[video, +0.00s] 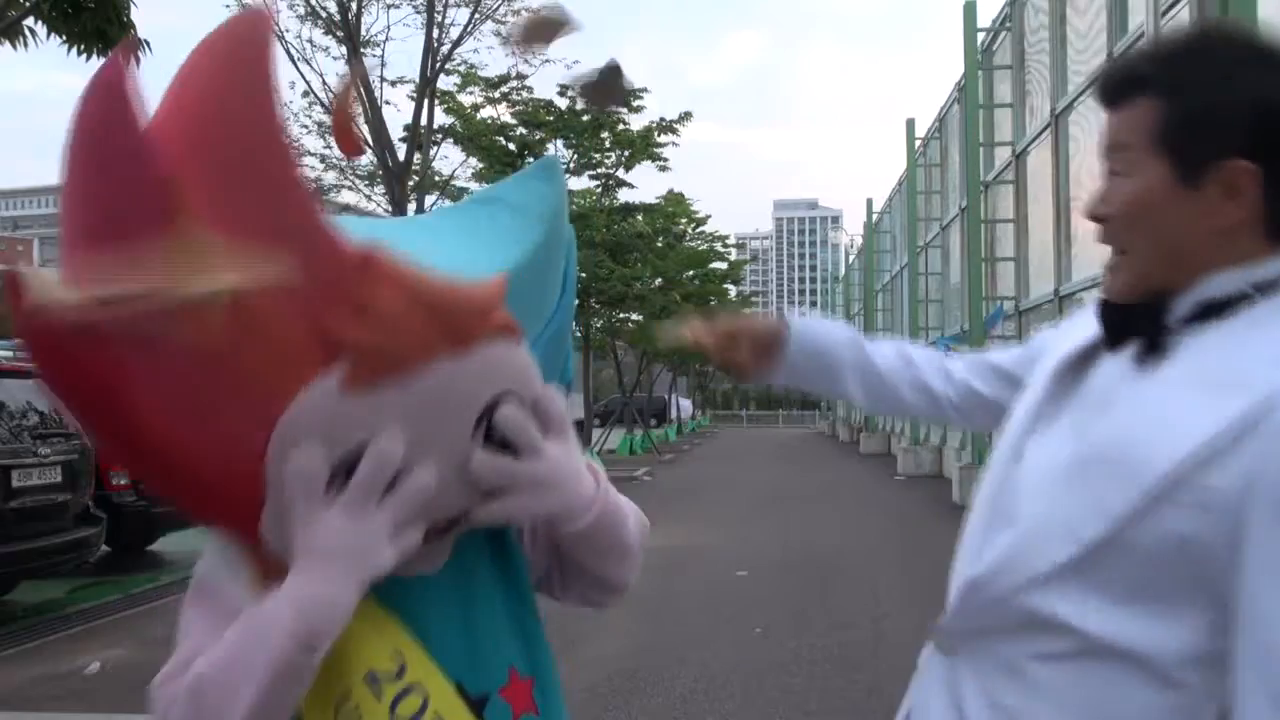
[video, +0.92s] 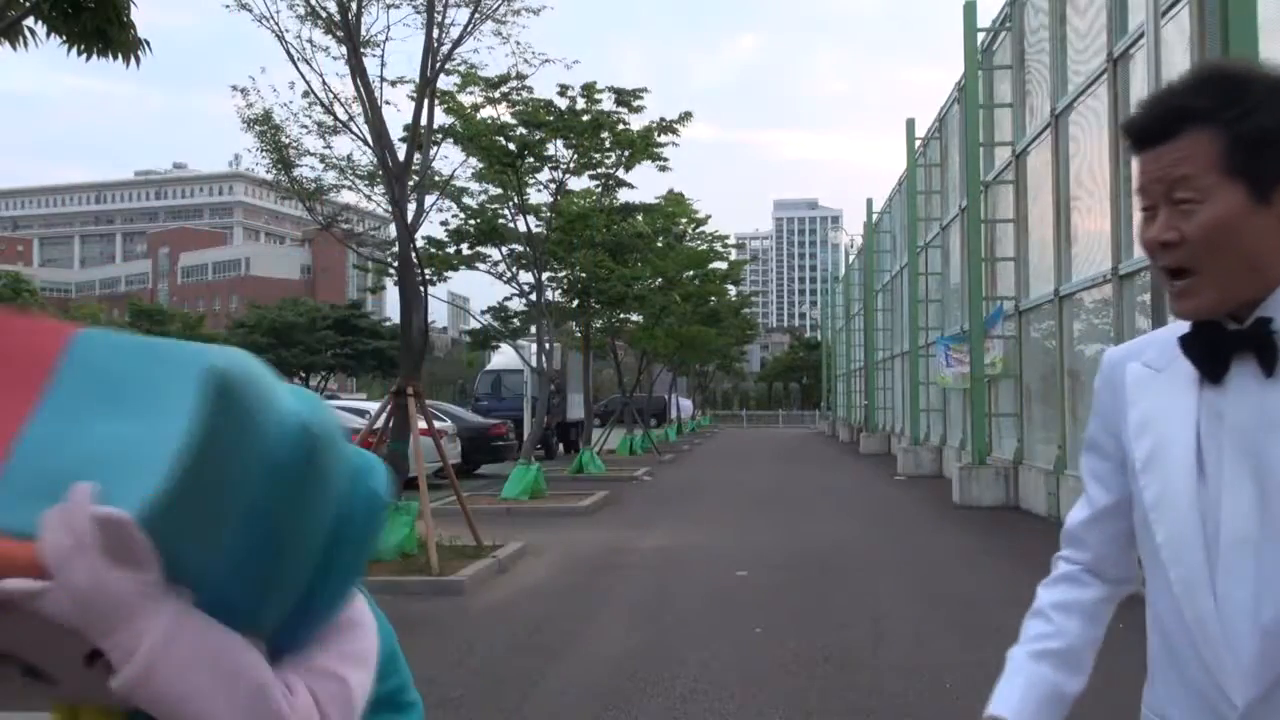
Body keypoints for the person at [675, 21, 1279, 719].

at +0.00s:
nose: (1093, 206)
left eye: (1120, 167)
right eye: (1103, 169)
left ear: (1232, 193)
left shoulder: (1265, 395)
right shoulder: (1102, 330)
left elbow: (1261, 694)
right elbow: (957, 385)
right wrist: (790, 346)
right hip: (943, 690)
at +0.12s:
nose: (1114, 220)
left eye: (1145, 186)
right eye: (1122, 189)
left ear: (1261, 212)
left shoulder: (1270, 394)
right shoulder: (1114, 338)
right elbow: (976, 448)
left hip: (1149, 703)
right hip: (993, 698)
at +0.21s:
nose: (1102, 225)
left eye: (1131, 190)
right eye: (1107, 192)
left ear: (1255, 211)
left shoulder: (1269, 376)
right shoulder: (1094, 347)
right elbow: (980, 488)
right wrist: (822, 536)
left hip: (1194, 704)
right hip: (1042, 697)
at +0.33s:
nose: (1090, 230)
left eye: (1118, 196)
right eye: (1088, 200)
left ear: (1238, 206)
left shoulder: (1269, 362)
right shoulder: (1078, 357)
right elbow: (989, 520)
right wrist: (866, 607)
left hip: (1236, 704)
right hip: (1080, 703)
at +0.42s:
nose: (1080, 251)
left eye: (1108, 219)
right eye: (1077, 223)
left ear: (1222, 223)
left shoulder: (1270, 367)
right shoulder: (1065, 384)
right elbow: (993, 558)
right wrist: (899, 667)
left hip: (1252, 704)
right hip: (1115, 705)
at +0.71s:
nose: (1118, 244)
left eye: (1144, 211)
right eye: (1111, 218)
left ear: (1254, 210)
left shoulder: (1274, 358)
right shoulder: (1107, 382)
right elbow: (1062, 568)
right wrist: (984, 693)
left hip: (1267, 701)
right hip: (1168, 705)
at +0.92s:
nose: (1155, 235)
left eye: (1185, 202)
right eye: (1148, 209)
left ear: (1274, 200)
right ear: (1139, 215)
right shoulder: (1133, 377)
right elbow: (1086, 572)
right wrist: (1014, 709)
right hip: (1185, 705)